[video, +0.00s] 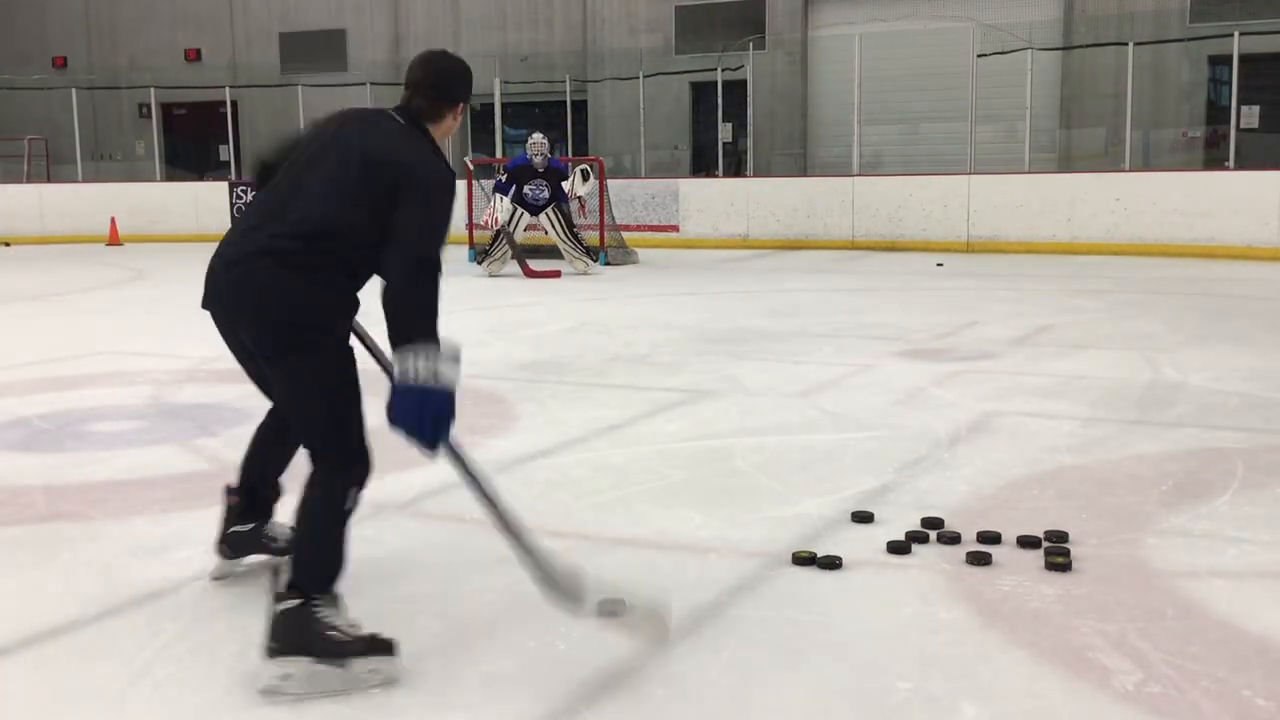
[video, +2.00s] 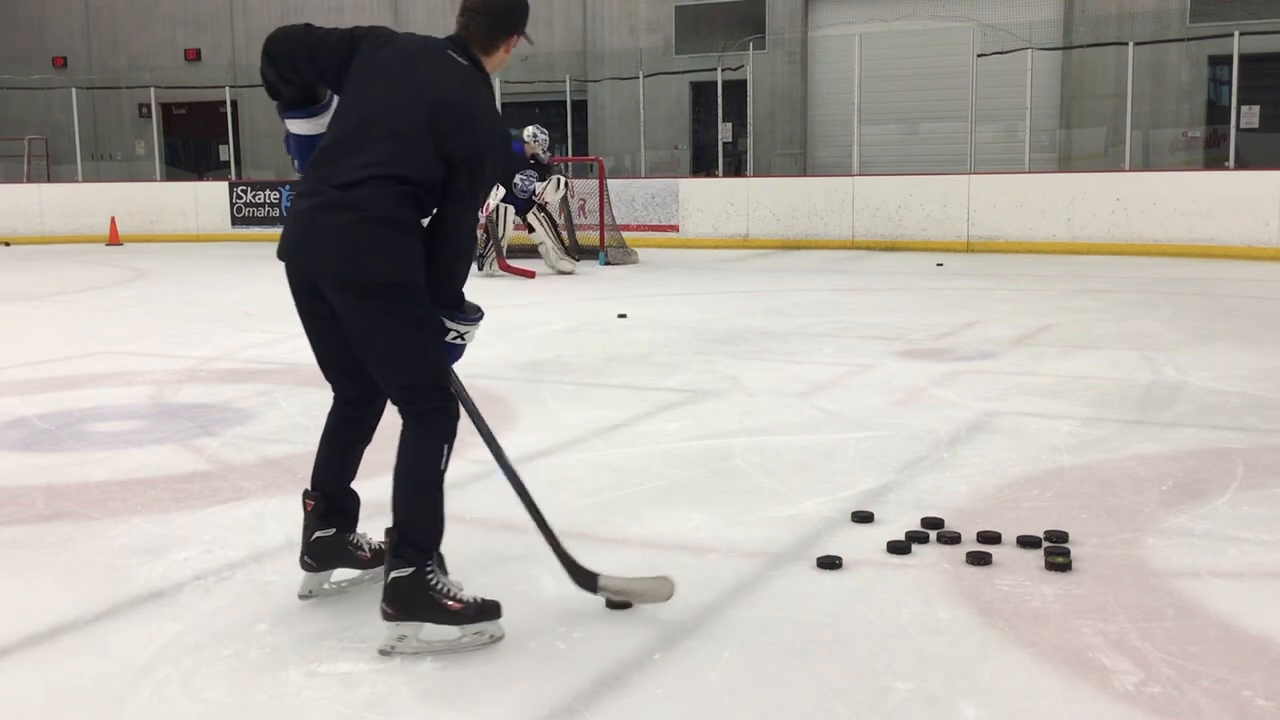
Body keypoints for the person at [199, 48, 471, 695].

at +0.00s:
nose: (461, 122)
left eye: (457, 111)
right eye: (463, 112)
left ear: (407, 94)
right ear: (455, 112)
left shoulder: (351, 125)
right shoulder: (428, 171)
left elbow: (273, 173)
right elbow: (411, 276)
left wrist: (322, 276)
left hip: (232, 286)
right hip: (297, 302)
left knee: (297, 406)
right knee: (342, 461)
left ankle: (243, 524)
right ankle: (305, 609)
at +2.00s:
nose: (515, 52)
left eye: (515, 41)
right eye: (518, 43)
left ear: (462, 21)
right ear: (507, 44)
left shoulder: (383, 46)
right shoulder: (481, 120)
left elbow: (284, 45)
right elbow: (452, 232)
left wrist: (304, 122)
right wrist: (450, 311)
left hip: (306, 243)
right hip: (376, 256)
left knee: (358, 392)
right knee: (431, 407)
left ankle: (327, 532)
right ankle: (414, 576)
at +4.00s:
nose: (483, 126)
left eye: (483, 116)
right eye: (487, 115)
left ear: (428, 95)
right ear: (479, 107)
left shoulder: (379, 134)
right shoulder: (452, 135)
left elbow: (340, 229)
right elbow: (445, 182)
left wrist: (397, 306)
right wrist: (406, 275)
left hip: (255, 293)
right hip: (329, 307)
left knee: (289, 417)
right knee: (409, 462)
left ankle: (212, 542)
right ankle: (407, 617)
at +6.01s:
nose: (544, 74)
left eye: (548, 64)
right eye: (546, 61)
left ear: (493, 31)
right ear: (527, 46)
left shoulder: (403, 50)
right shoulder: (519, 124)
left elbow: (303, 50)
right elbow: (493, 234)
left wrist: (343, 121)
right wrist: (483, 308)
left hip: (341, 247)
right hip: (423, 260)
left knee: (375, 395)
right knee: (481, 418)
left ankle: (338, 543)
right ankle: (486, 582)